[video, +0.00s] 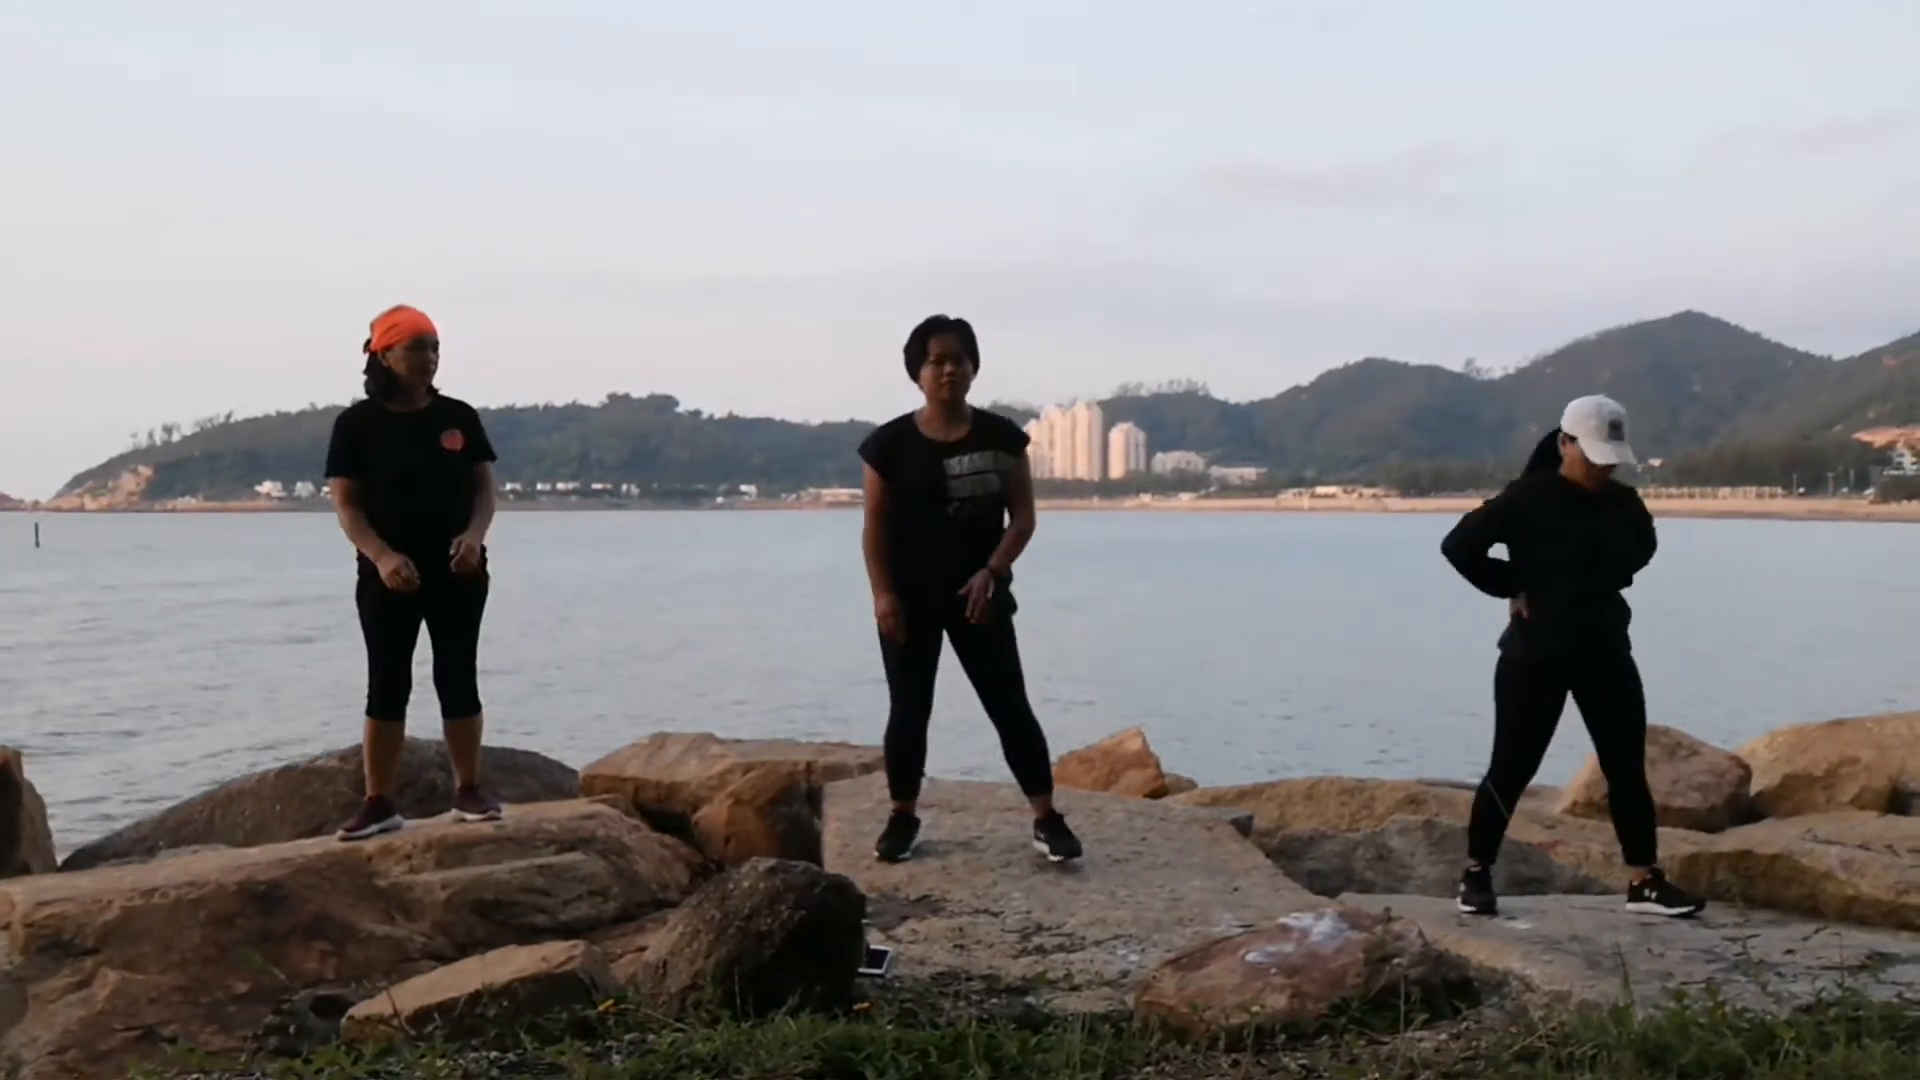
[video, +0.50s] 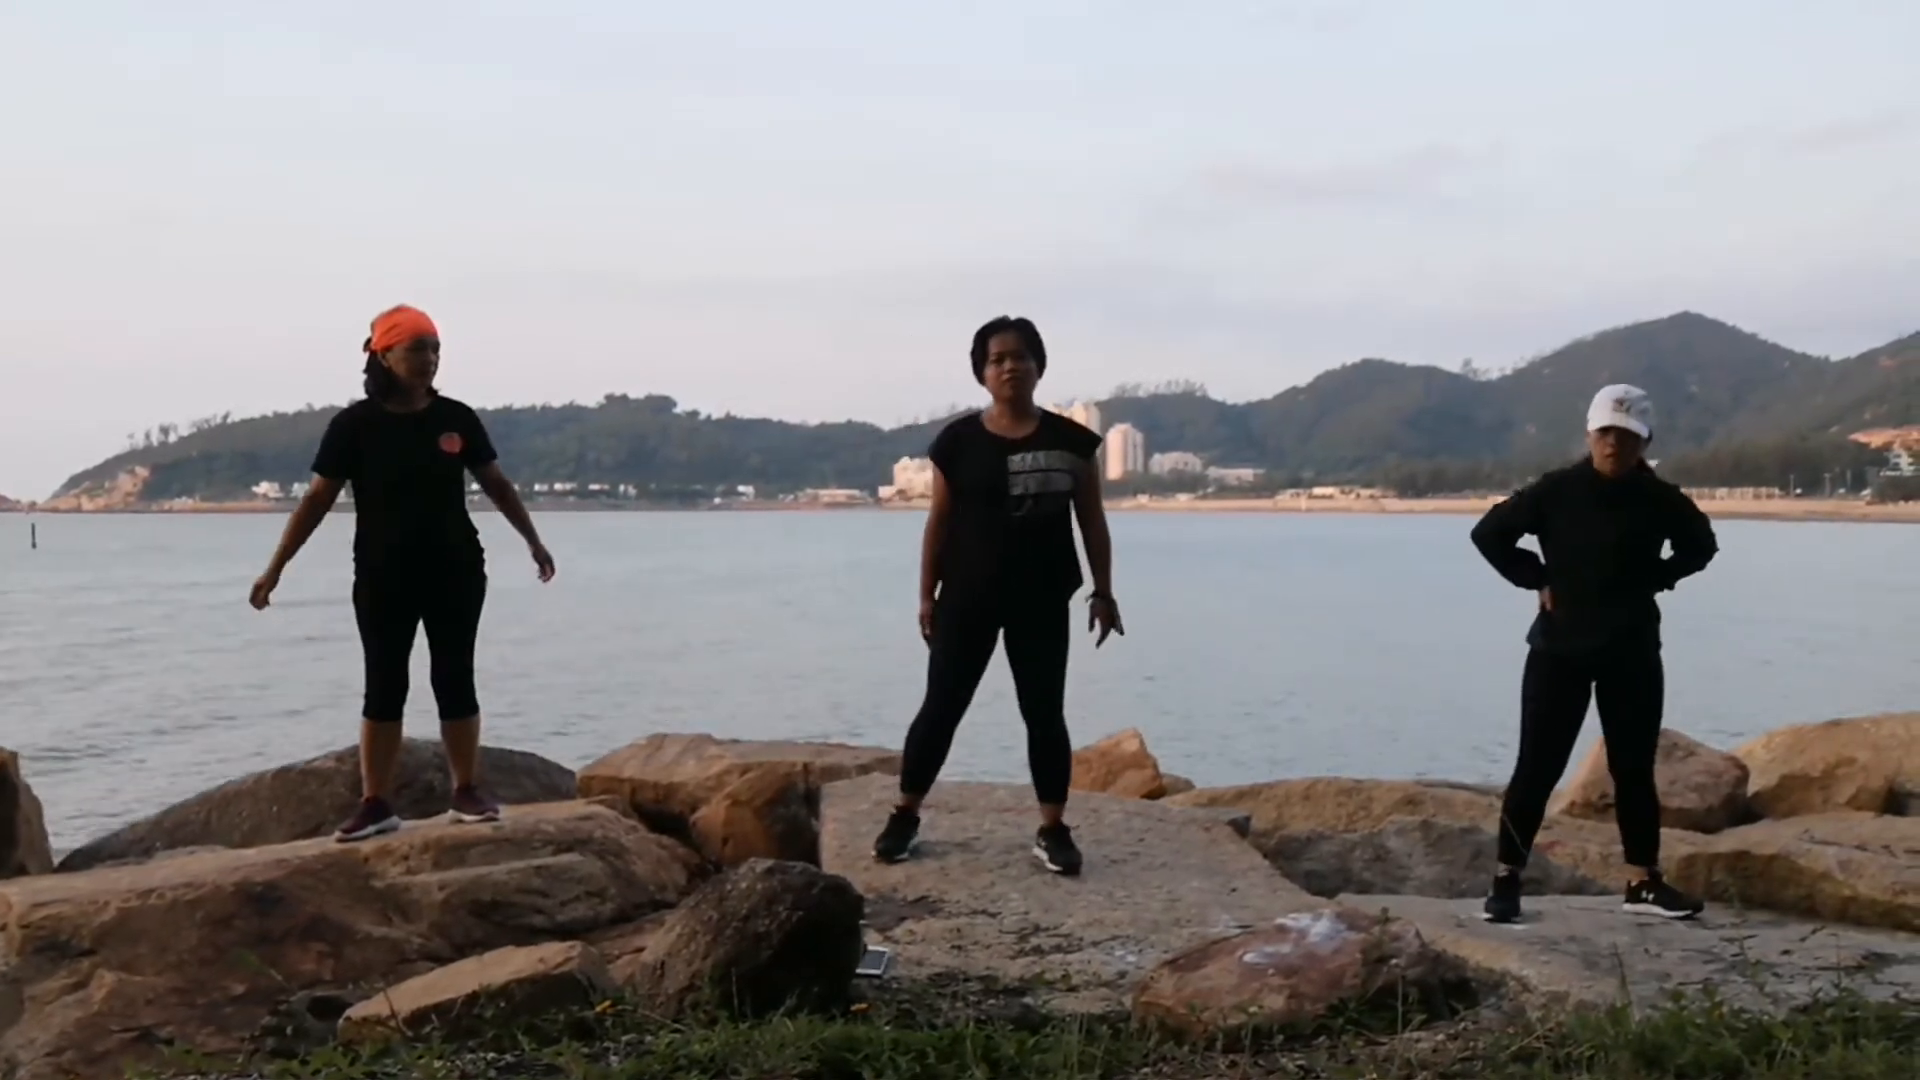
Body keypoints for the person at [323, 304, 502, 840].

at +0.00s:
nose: (430, 356)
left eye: (433, 346)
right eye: (417, 348)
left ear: (438, 352)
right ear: (383, 356)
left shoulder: (459, 417)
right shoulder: (354, 425)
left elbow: (485, 487)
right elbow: (345, 506)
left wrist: (475, 534)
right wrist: (381, 555)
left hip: (456, 575)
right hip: (387, 577)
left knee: (458, 683)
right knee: (386, 690)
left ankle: (468, 791)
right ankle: (378, 801)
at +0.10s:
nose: (429, 356)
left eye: (433, 347)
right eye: (417, 348)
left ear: (438, 352)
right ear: (383, 356)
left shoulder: (459, 418)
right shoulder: (354, 426)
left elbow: (486, 490)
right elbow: (343, 508)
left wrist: (482, 544)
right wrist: (368, 566)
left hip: (454, 575)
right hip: (387, 578)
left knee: (458, 684)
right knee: (386, 692)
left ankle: (468, 791)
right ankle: (378, 802)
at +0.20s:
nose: (429, 357)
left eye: (433, 347)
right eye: (417, 348)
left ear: (438, 353)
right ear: (384, 356)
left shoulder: (458, 418)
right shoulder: (354, 425)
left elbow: (486, 492)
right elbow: (337, 507)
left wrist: (498, 554)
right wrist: (341, 578)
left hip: (456, 574)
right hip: (386, 578)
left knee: (457, 683)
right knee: (385, 691)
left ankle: (468, 790)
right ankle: (376, 802)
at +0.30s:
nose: (429, 357)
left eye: (433, 347)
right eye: (417, 348)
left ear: (438, 352)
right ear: (383, 356)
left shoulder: (457, 418)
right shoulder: (354, 426)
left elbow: (490, 490)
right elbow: (328, 508)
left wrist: (514, 550)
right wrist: (309, 578)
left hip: (455, 575)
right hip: (385, 579)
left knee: (457, 683)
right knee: (384, 691)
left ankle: (466, 791)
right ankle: (376, 802)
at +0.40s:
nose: (431, 357)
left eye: (434, 347)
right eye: (418, 348)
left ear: (437, 354)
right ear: (385, 356)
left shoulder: (457, 420)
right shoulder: (353, 426)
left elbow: (493, 485)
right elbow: (319, 502)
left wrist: (525, 541)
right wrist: (285, 569)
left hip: (454, 575)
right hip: (385, 579)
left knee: (456, 683)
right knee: (384, 691)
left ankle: (465, 791)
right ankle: (375, 802)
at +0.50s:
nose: (430, 358)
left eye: (434, 348)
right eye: (418, 349)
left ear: (437, 354)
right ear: (384, 356)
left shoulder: (457, 420)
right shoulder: (353, 426)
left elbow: (495, 483)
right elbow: (316, 501)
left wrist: (533, 539)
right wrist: (273, 568)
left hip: (453, 575)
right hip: (384, 580)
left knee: (455, 684)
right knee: (383, 692)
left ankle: (466, 791)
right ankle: (374, 802)